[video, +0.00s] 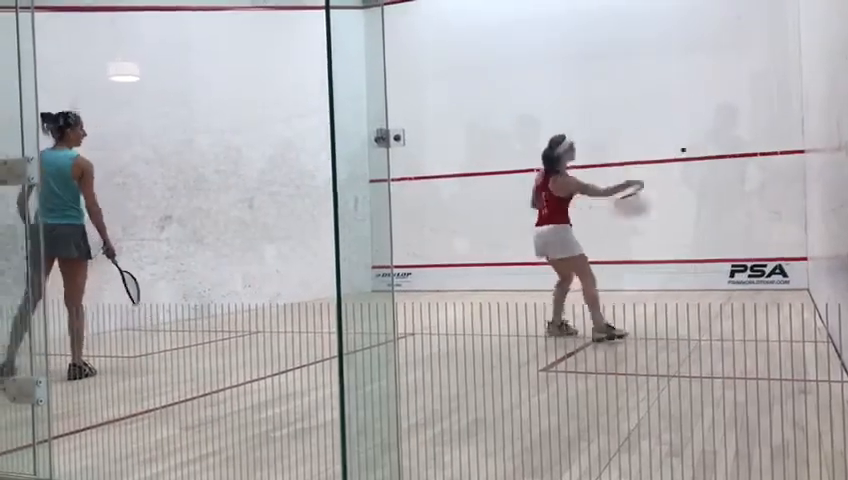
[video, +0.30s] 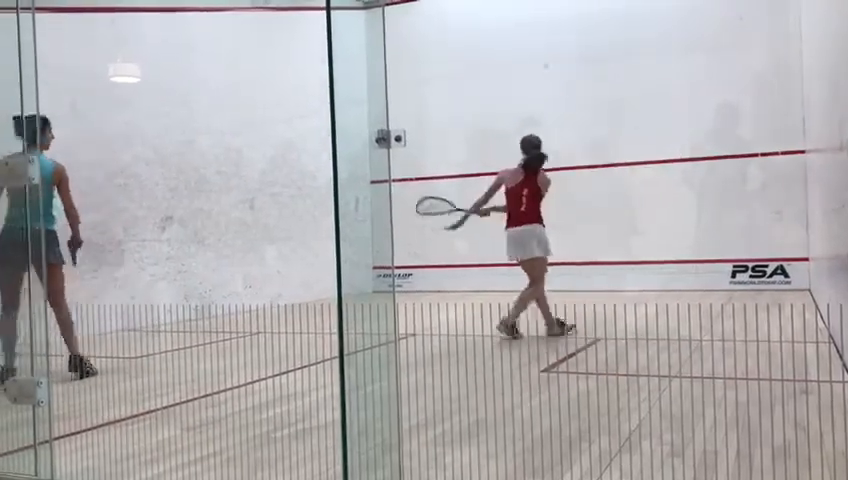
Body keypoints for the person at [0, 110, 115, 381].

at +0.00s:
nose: (84, 133)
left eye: (83, 128)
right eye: (80, 128)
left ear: (61, 132)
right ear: (68, 131)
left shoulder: (39, 158)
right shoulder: (81, 164)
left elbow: (22, 197)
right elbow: (92, 207)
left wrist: (27, 224)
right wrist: (106, 240)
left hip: (42, 233)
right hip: (71, 234)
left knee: (31, 296)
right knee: (74, 301)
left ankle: (8, 359)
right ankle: (77, 363)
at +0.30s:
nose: (53, 138)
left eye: (51, 133)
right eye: (50, 134)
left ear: (25, 136)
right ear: (44, 137)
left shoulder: (8, 165)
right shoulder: (54, 168)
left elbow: (2, 195)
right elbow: (69, 208)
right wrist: (76, 235)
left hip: (11, 238)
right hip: (43, 237)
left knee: (8, 307)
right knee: (58, 301)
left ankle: (8, 366)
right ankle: (75, 357)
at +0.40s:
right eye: (37, 138)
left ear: (12, 139)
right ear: (37, 139)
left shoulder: (3, 165)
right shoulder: (44, 169)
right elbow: (59, 209)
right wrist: (58, 227)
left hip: (6, 240)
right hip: (33, 239)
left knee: (4, 306)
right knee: (42, 295)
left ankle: (7, 363)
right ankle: (62, 343)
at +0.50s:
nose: (27, 144)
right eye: (29, 139)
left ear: (5, 140)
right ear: (29, 140)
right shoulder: (37, 170)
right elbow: (50, 211)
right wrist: (29, 217)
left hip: (5, 238)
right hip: (29, 238)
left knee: (2, 301)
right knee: (26, 295)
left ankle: (4, 361)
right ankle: (40, 352)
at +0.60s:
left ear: (4, 149)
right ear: (20, 148)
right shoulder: (28, 178)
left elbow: (36, 213)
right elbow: (37, 213)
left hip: (8, 242)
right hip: (21, 243)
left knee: (13, 302)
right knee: (14, 301)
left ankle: (28, 356)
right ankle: (29, 356)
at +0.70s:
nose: (2, 162)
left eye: (1, 157)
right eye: (4, 157)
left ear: (3, 155)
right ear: (8, 155)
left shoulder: (12, 183)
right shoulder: (20, 183)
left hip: (13, 250)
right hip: (19, 250)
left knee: (7, 303)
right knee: (7, 304)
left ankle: (27, 356)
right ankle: (26, 355)